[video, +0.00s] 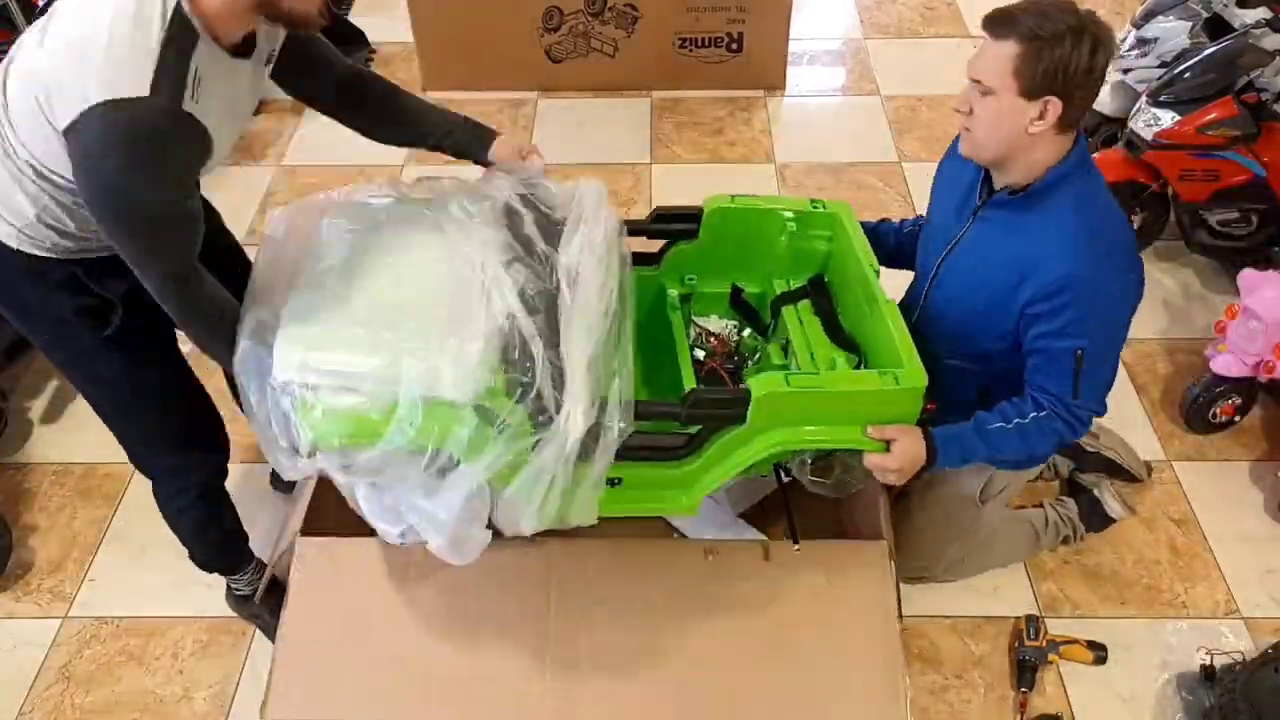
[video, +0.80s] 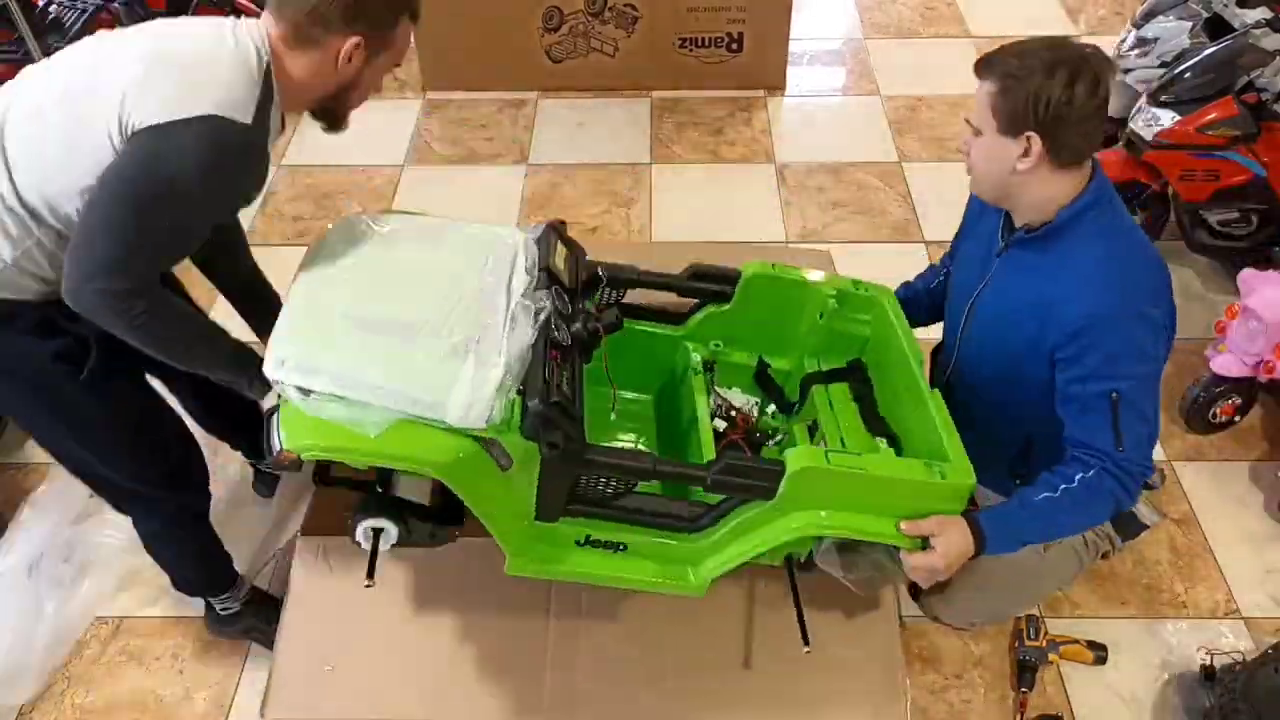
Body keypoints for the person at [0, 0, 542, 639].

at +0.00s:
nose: (332, 4)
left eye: (334, 0)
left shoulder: (252, 26)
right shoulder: (126, 113)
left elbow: (358, 96)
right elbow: (181, 284)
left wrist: (488, 145)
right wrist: (279, 388)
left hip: (155, 195)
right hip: (48, 246)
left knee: (265, 333)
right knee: (179, 437)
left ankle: (302, 456)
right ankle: (241, 576)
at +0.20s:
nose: (270, 192)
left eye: (272, 175)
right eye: (244, 188)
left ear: (255, 68)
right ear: (165, 164)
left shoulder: (211, 28)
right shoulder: (65, 259)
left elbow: (230, 191)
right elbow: (170, 345)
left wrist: (290, 269)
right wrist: (269, 382)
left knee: (242, 342)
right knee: (170, 444)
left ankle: (296, 462)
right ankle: (239, 575)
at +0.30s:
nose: (274, 180)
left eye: (284, 156)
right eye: (252, 163)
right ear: (172, 119)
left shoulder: (204, 58)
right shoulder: (57, 232)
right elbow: (143, 395)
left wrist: (307, 321)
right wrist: (252, 443)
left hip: (129, 224)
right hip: (19, 289)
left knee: (217, 361)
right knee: (153, 460)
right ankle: (239, 578)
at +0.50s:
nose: (173, 327)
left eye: (173, 305)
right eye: (145, 334)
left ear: (155, 194)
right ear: (31, 266)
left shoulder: (204, 59)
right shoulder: (5, 213)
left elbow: (238, 132)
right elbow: (12, 359)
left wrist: (282, 242)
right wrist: (145, 407)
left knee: (241, 344)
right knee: (129, 427)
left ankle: (278, 500)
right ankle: (233, 570)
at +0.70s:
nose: (263, 138)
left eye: (267, 119)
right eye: (239, 132)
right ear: (147, 106)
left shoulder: (198, 52)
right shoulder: (11, 143)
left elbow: (245, 142)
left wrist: (297, 244)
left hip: (168, 208)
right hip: (53, 268)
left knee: (263, 337)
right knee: (178, 444)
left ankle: (275, 456)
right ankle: (240, 575)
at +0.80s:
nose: (378, 88)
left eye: (390, 69)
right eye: (386, 67)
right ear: (349, 55)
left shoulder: (246, 61)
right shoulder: (208, 128)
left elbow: (207, 222)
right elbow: (99, 288)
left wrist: (284, 331)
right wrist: (253, 376)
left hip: (95, 240)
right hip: (17, 286)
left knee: (207, 369)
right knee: (161, 466)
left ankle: (272, 458)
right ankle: (223, 598)